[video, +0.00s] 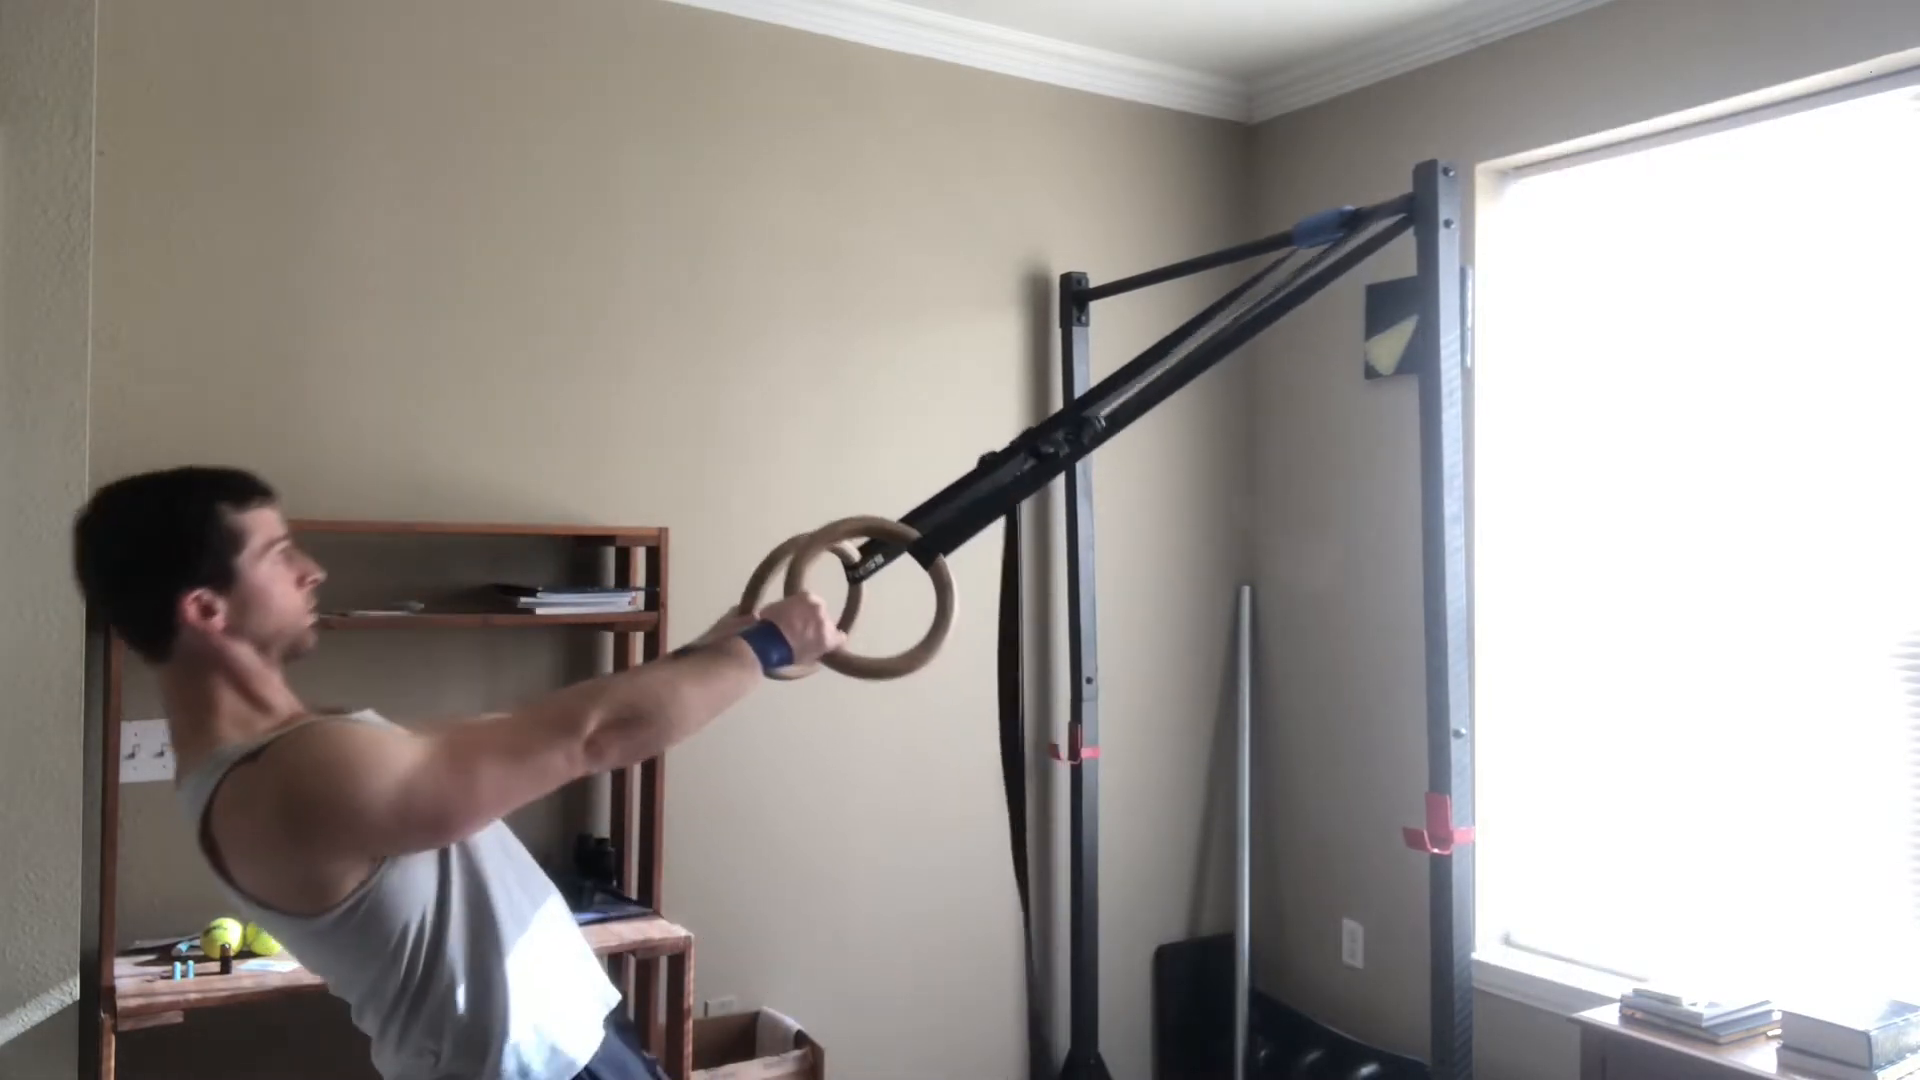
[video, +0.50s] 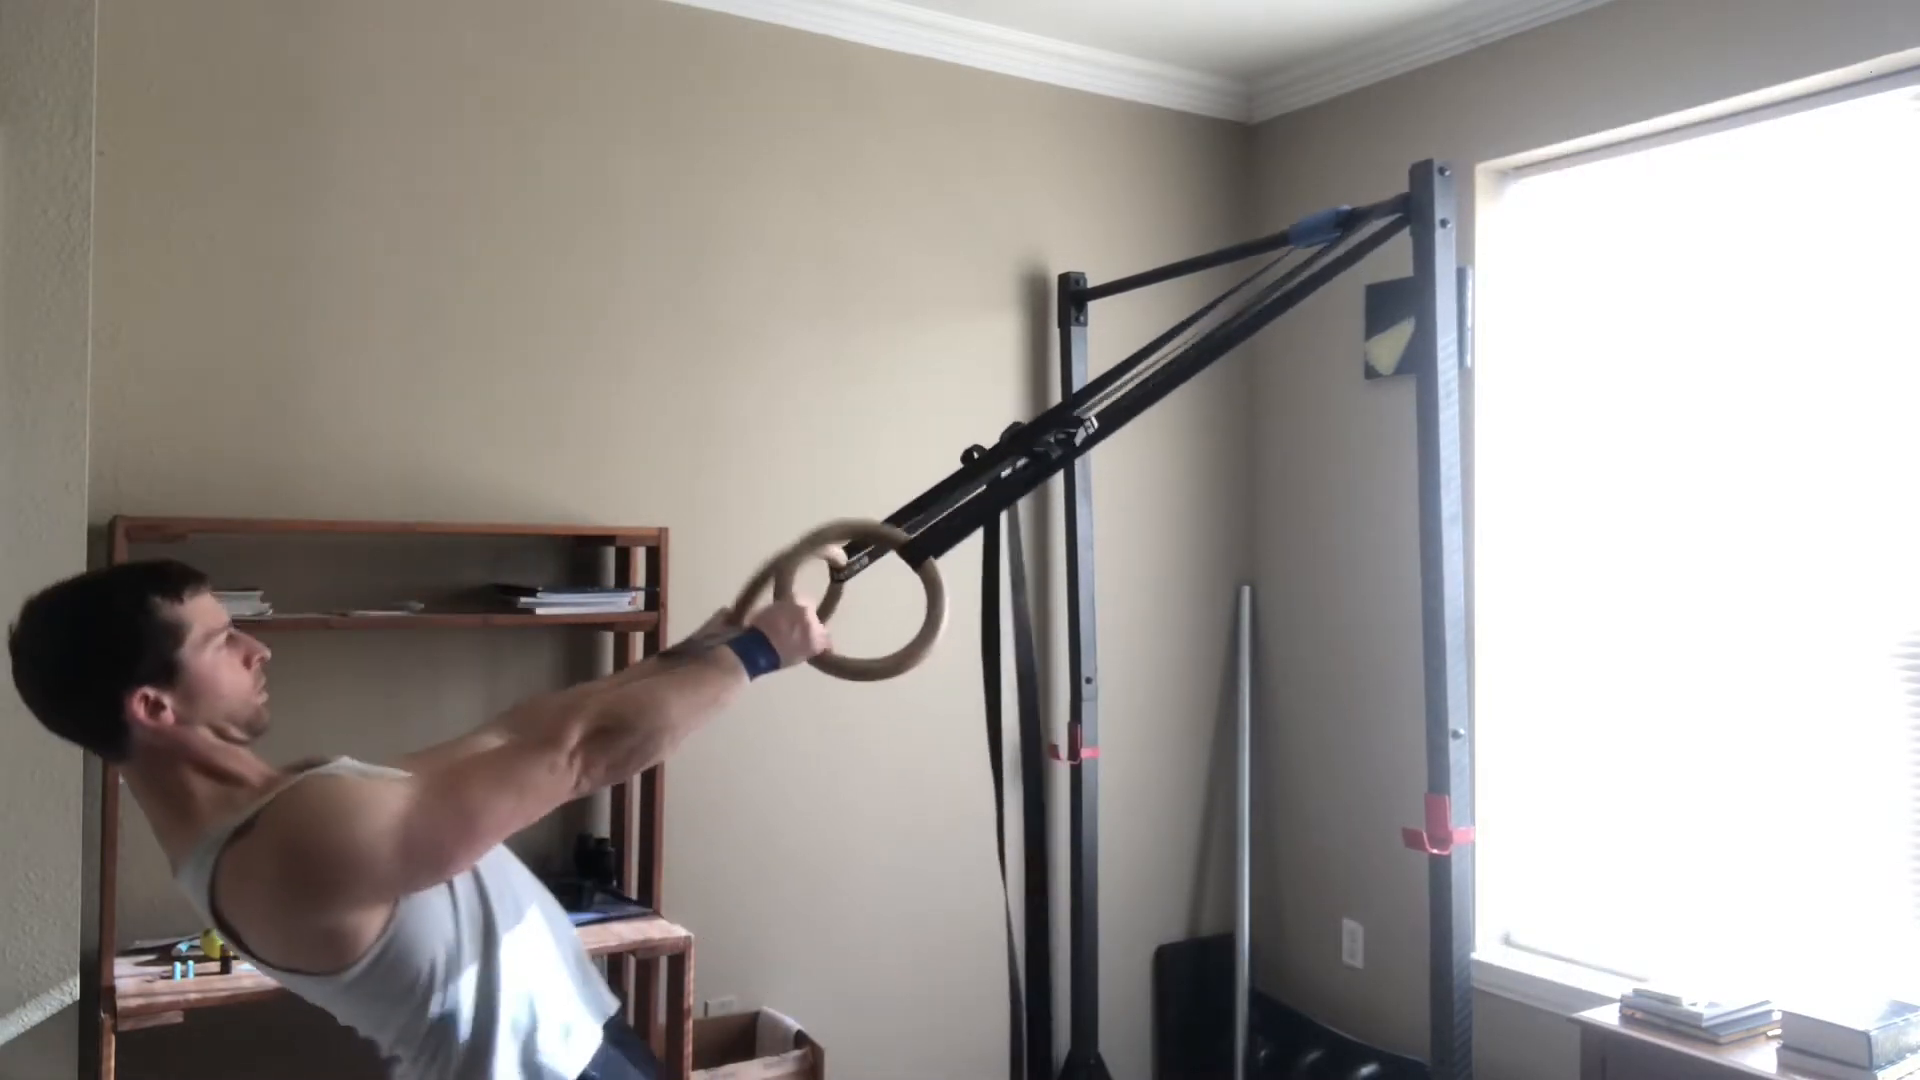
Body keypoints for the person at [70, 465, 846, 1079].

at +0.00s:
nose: (313, 573)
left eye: (294, 548)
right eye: (281, 557)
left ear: (209, 617)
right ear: (207, 613)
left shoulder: (253, 758)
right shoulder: (306, 776)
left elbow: (545, 739)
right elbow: (592, 736)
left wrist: (732, 650)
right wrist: (773, 642)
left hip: (530, 1046)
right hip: (546, 1061)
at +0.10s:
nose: (290, 588)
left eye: (268, 563)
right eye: (254, 572)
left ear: (182, 636)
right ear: (181, 631)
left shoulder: (233, 768)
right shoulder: (292, 792)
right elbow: (578, 727)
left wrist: (714, 647)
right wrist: (760, 632)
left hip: (524, 1048)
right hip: (544, 1064)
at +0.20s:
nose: (272, 607)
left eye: (250, 584)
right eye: (237, 595)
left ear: (166, 660)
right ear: (165, 656)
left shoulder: (222, 785)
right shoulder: (297, 805)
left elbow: (516, 735)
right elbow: (575, 733)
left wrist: (694, 651)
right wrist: (755, 640)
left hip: (489, 1054)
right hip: (544, 1067)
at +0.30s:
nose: (258, 619)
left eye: (238, 599)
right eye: (225, 611)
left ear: (153, 679)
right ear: (152, 676)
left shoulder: (224, 788)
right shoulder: (299, 813)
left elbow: (510, 737)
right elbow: (580, 748)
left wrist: (693, 664)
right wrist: (764, 662)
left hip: (473, 1058)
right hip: (538, 1071)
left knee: (775, 1023)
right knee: (793, 1048)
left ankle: (735, 1043)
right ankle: (731, 1044)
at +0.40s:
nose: (254, 633)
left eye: (233, 612)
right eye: (220, 625)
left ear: (149, 694)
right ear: (148, 691)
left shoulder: (220, 798)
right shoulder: (302, 827)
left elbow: (516, 740)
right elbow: (582, 755)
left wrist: (704, 663)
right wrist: (765, 658)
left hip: (480, 1052)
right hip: (544, 1067)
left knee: (765, 1024)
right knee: (793, 1051)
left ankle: (715, 1044)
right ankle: (708, 1048)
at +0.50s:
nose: (261, 651)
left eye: (239, 631)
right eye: (227, 643)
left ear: (156, 711)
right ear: (155, 708)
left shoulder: (237, 820)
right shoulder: (305, 838)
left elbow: (518, 743)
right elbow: (574, 754)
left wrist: (711, 651)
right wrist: (763, 648)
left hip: (543, 1042)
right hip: (569, 1059)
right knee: (794, 1037)